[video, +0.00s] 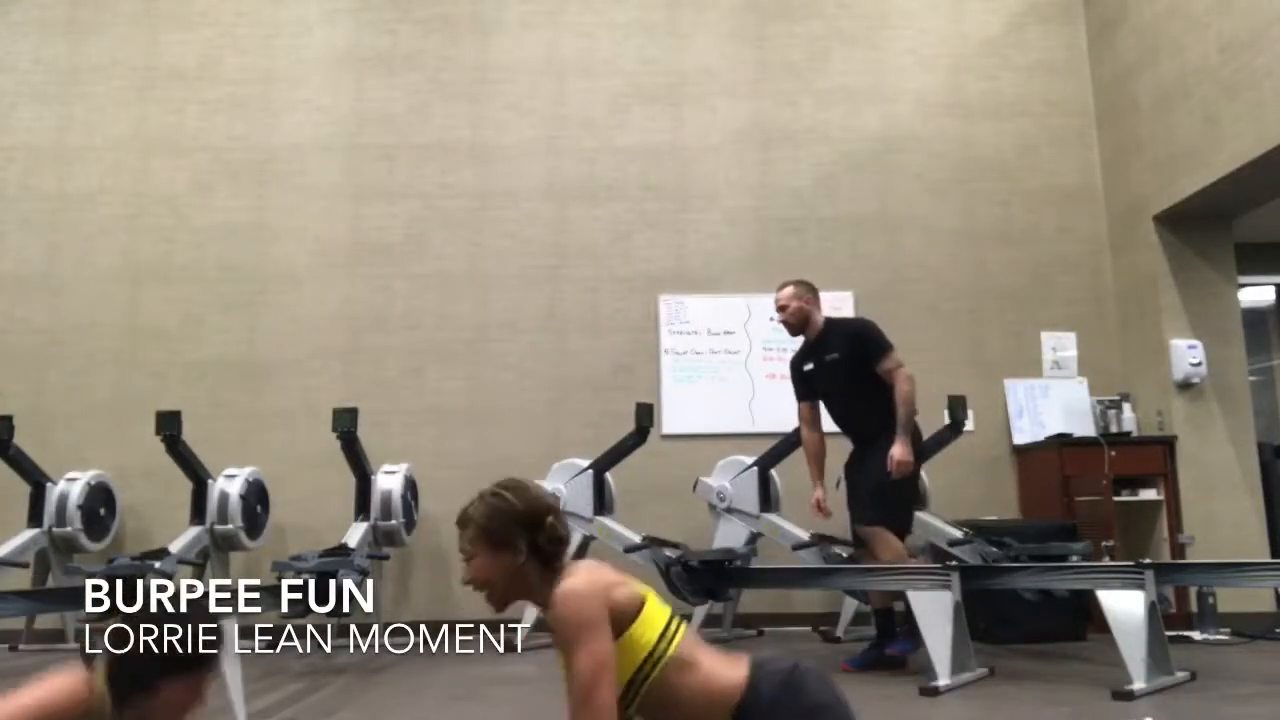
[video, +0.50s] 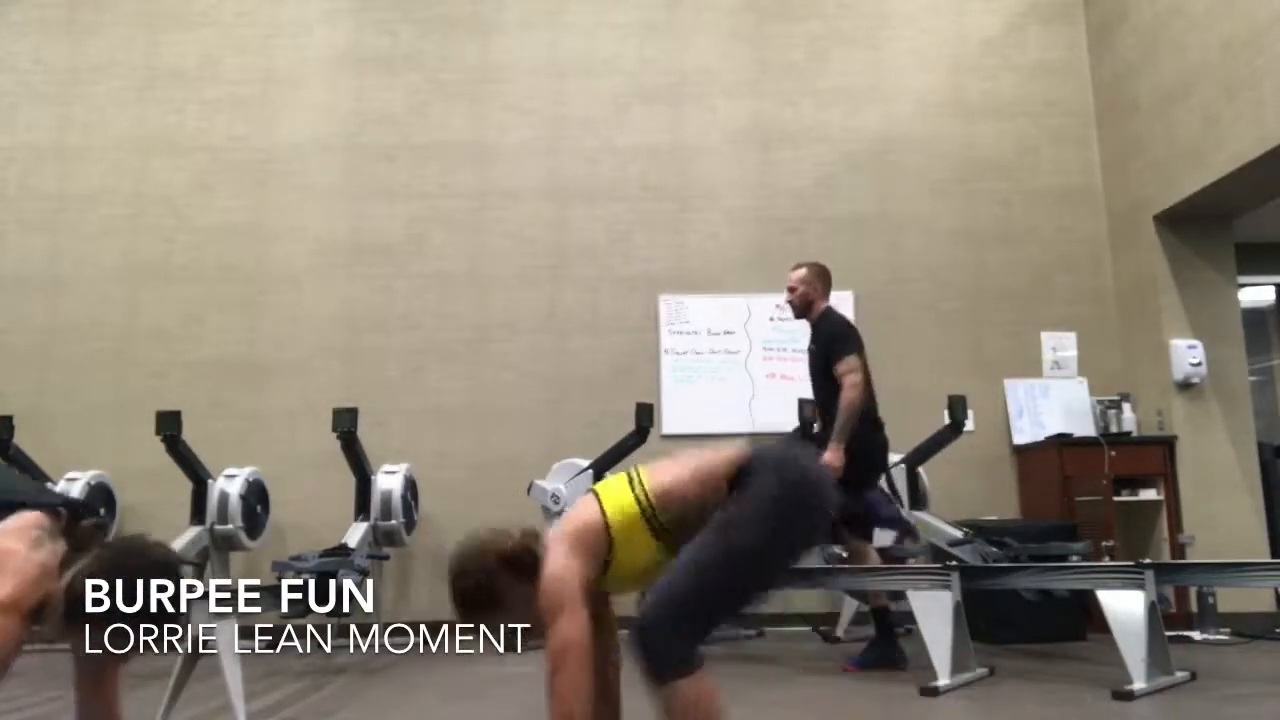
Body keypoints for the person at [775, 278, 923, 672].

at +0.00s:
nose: (780, 315)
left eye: (785, 306)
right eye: (777, 310)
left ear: (811, 302)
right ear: (787, 314)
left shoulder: (857, 332)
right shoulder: (801, 363)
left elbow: (902, 378)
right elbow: (810, 426)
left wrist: (903, 439)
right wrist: (817, 482)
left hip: (894, 438)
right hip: (863, 446)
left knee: (873, 527)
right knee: (865, 536)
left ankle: (925, 612)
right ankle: (885, 639)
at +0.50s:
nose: (788, 296)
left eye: (794, 289)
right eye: (788, 289)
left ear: (817, 292)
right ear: (808, 293)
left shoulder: (834, 328)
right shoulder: (820, 330)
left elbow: (854, 384)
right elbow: (835, 391)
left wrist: (836, 445)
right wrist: (827, 437)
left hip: (857, 445)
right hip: (848, 444)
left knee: (855, 541)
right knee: (853, 540)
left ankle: (886, 638)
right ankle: (884, 637)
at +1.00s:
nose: (704, 291)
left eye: (711, 284)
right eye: (705, 284)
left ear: (734, 288)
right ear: (728, 288)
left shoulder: (749, 329)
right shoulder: (740, 329)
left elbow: (774, 397)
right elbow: (751, 401)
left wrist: (758, 458)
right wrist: (743, 453)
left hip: (789, 444)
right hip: (796, 441)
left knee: (768, 545)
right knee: (820, 534)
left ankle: (765, 652)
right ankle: (869, 619)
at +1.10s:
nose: (687, 284)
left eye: (694, 277)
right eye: (689, 276)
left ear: (717, 281)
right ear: (714, 282)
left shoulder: (730, 325)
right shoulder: (727, 322)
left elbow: (754, 395)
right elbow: (734, 396)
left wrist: (750, 464)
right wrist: (712, 443)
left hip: (774, 437)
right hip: (780, 433)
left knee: (762, 547)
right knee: (795, 529)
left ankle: (766, 654)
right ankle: (853, 590)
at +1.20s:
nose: (676, 279)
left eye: (683, 273)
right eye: (677, 272)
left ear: (707, 277)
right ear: (701, 276)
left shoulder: (719, 322)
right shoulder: (710, 320)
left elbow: (740, 395)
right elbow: (722, 394)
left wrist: (732, 460)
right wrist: (692, 440)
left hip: (757, 442)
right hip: (752, 438)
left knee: (753, 548)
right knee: (750, 524)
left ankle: (765, 653)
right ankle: (811, 544)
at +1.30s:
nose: (668, 278)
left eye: (675, 271)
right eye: (669, 271)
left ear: (700, 275)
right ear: (695, 276)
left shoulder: (712, 321)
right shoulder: (703, 319)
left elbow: (730, 391)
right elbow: (709, 393)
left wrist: (711, 457)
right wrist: (684, 440)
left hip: (742, 441)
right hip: (734, 437)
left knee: (744, 548)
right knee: (702, 497)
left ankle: (764, 653)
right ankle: (790, 516)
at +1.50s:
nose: (639, 282)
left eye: (645, 274)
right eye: (637, 275)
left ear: (671, 276)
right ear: (662, 279)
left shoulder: (688, 322)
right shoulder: (670, 322)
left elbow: (699, 391)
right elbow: (682, 395)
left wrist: (665, 452)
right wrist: (664, 446)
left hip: (705, 444)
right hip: (686, 441)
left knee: (718, 546)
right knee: (632, 505)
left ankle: (760, 648)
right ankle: (692, 555)